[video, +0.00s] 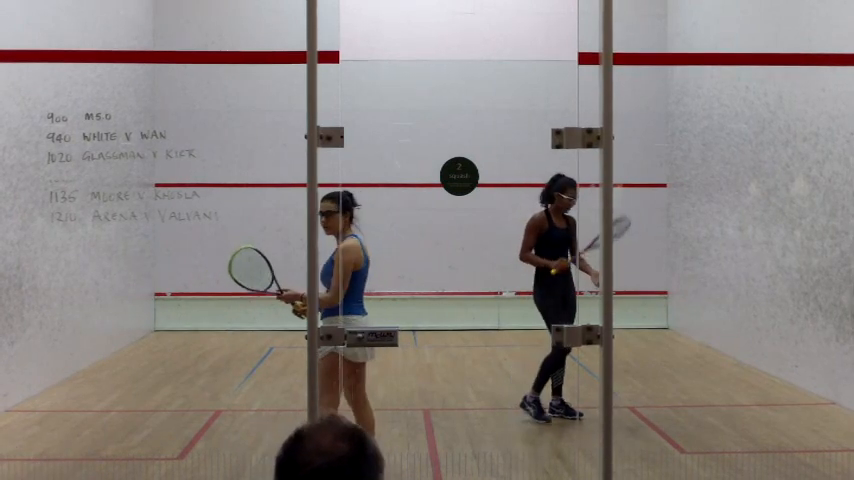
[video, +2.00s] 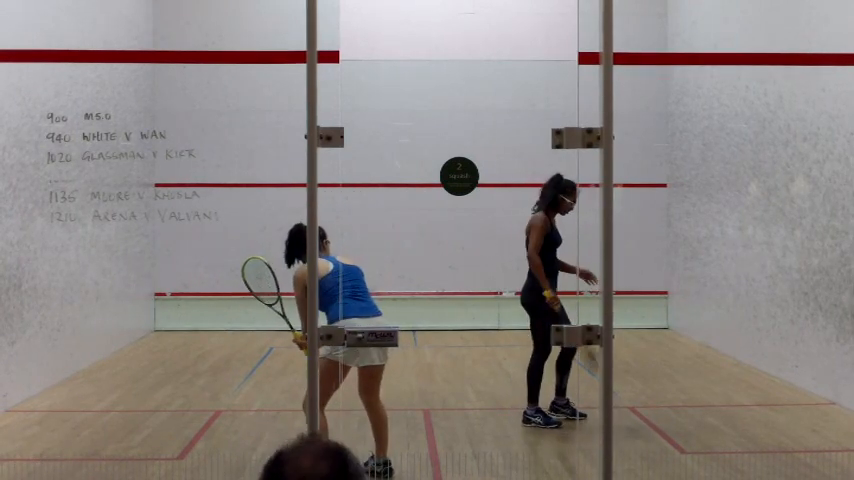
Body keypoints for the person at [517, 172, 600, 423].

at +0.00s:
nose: (572, 202)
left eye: (574, 198)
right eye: (569, 197)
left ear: (571, 199)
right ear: (555, 196)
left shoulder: (570, 223)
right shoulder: (538, 221)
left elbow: (575, 256)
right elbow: (524, 255)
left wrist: (591, 271)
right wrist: (551, 263)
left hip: (566, 286)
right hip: (546, 287)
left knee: (563, 344)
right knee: (561, 345)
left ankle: (557, 401)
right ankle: (532, 397)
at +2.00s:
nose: (572, 206)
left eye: (574, 202)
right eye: (570, 201)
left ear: (559, 200)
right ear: (557, 198)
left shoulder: (549, 222)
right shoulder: (540, 221)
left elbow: (551, 260)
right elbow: (532, 256)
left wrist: (577, 271)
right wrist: (547, 290)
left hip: (547, 294)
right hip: (536, 295)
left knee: (570, 342)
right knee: (542, 349)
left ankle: (560, 402)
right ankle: (532, 410)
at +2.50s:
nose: (580, 202)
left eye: (580, 198)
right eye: (578, 197)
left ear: (566, 198)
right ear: (566, 197)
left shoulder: (560, 222)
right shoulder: (551, 222)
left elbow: (557, 260)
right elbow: (544, 259)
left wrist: (580, 272)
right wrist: (576, 273)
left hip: (554, 294)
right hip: (547, 295)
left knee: (577, 343)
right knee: (550, 349)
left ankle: (558, 400)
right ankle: (532, 409)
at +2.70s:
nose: (587, 204)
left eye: (586, 200)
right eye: (583, 200)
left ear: (566, 200)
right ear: (572, 200)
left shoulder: (561, 226)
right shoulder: (566, 228)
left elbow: (568, 266)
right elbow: (572, 265)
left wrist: (594, 270)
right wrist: (607, 259)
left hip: (561, 294)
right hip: (564, 297)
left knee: (580, 350)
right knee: (580, 352)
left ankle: (556, 404)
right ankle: (542, 402)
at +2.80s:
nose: (592, 208)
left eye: (592, 203)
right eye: (589, 203)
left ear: (572, 205)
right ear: (577, 204)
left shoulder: (565, 231)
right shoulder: (571, 231)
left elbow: (578, 271)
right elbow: (584, 265)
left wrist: (604, 285)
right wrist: (615, 252)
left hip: (565, 300)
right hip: (571, 301)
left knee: (586, 354)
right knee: (593, 359)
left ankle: (561, 402)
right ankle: (560, 394)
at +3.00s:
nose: (599, 213)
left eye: (599, 208)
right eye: (595, 208)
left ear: (589, 210)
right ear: (586, 209)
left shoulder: (589, 232)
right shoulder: (583, 232)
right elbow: (607, 259)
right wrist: (635, 240)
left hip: (583, 302)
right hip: (590, 302)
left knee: (591, 358)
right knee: (632, 341)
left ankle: (557, 403)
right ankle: (644, 400)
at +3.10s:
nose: (618, 206)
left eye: (617, 202)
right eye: (614, 202)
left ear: (599, 209)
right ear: (600, 207)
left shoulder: (609, 229)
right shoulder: (594, 236)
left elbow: (632, 247)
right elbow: (615, 259)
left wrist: (661, 239)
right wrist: (647, 242)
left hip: (596, 302)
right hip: (602, 303)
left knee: (596, 361)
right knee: (640, 345)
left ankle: (560, 400)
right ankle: (661, 400)